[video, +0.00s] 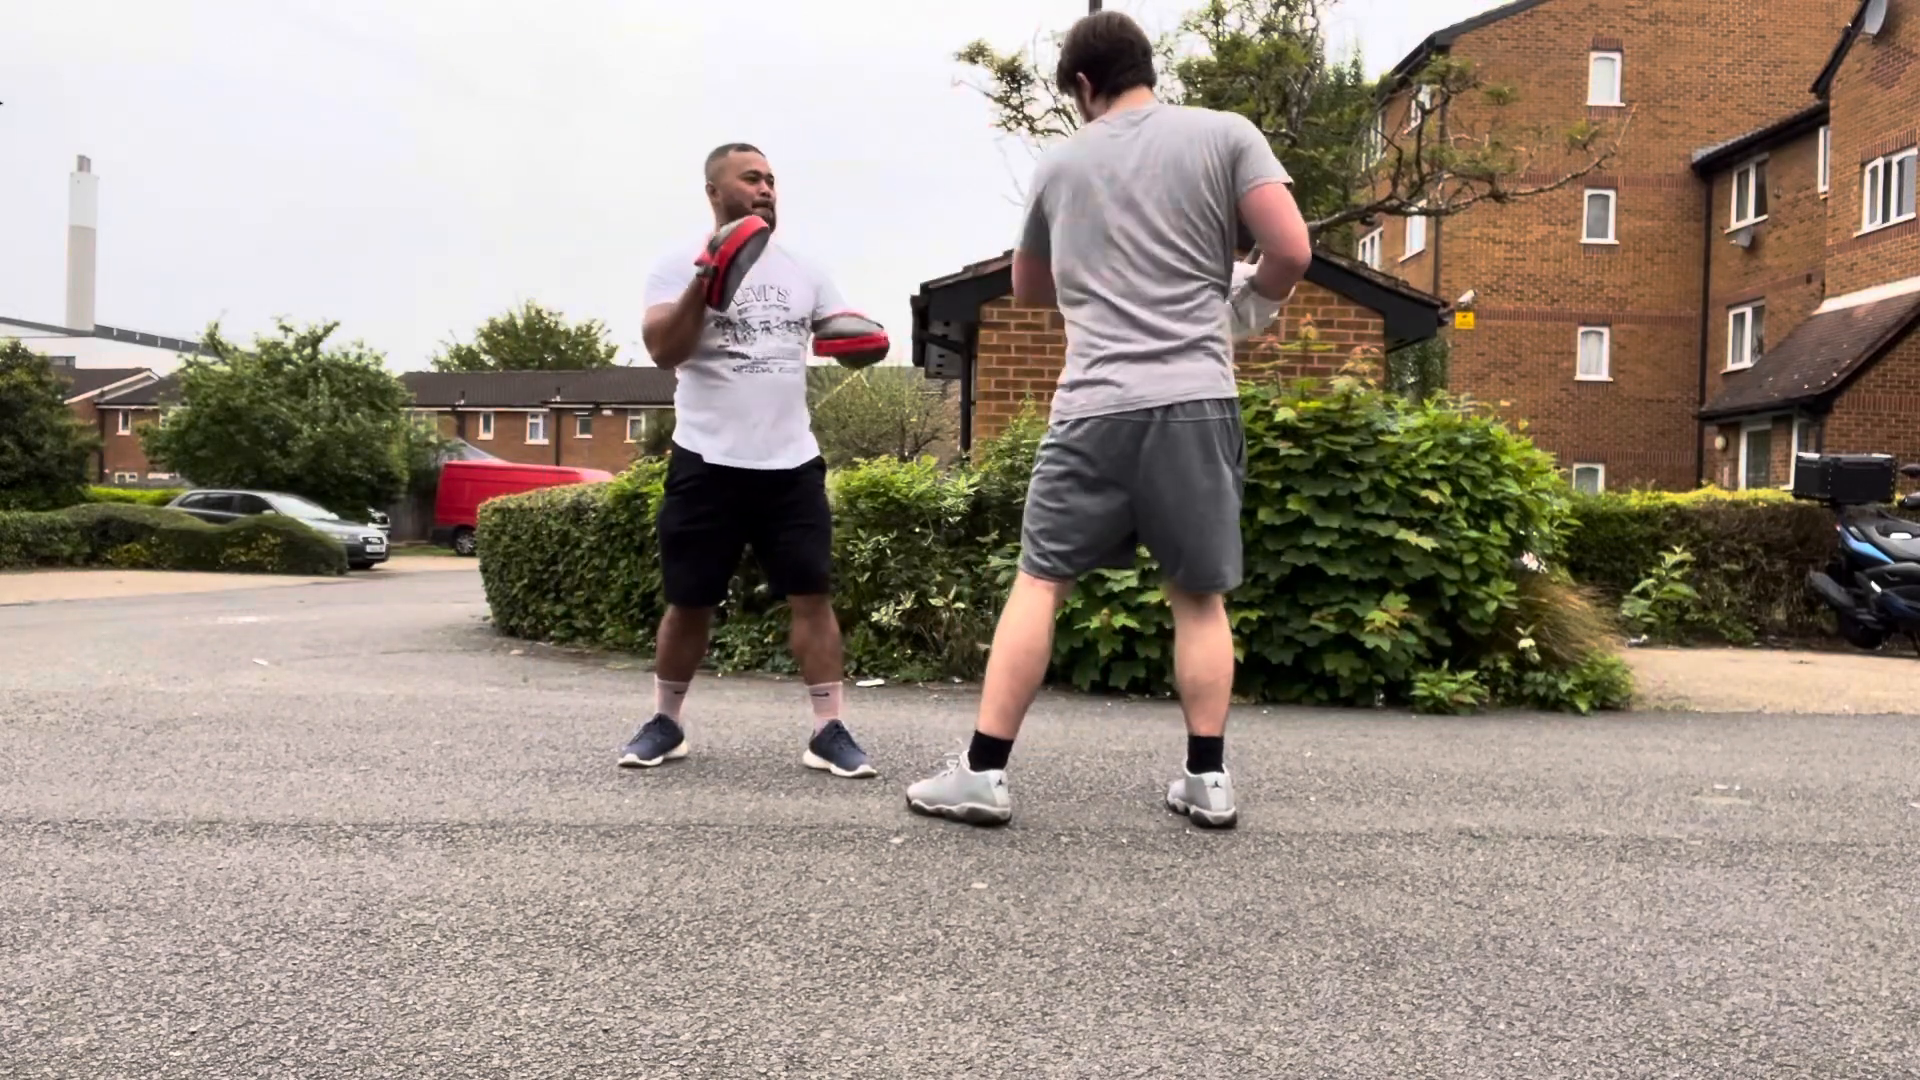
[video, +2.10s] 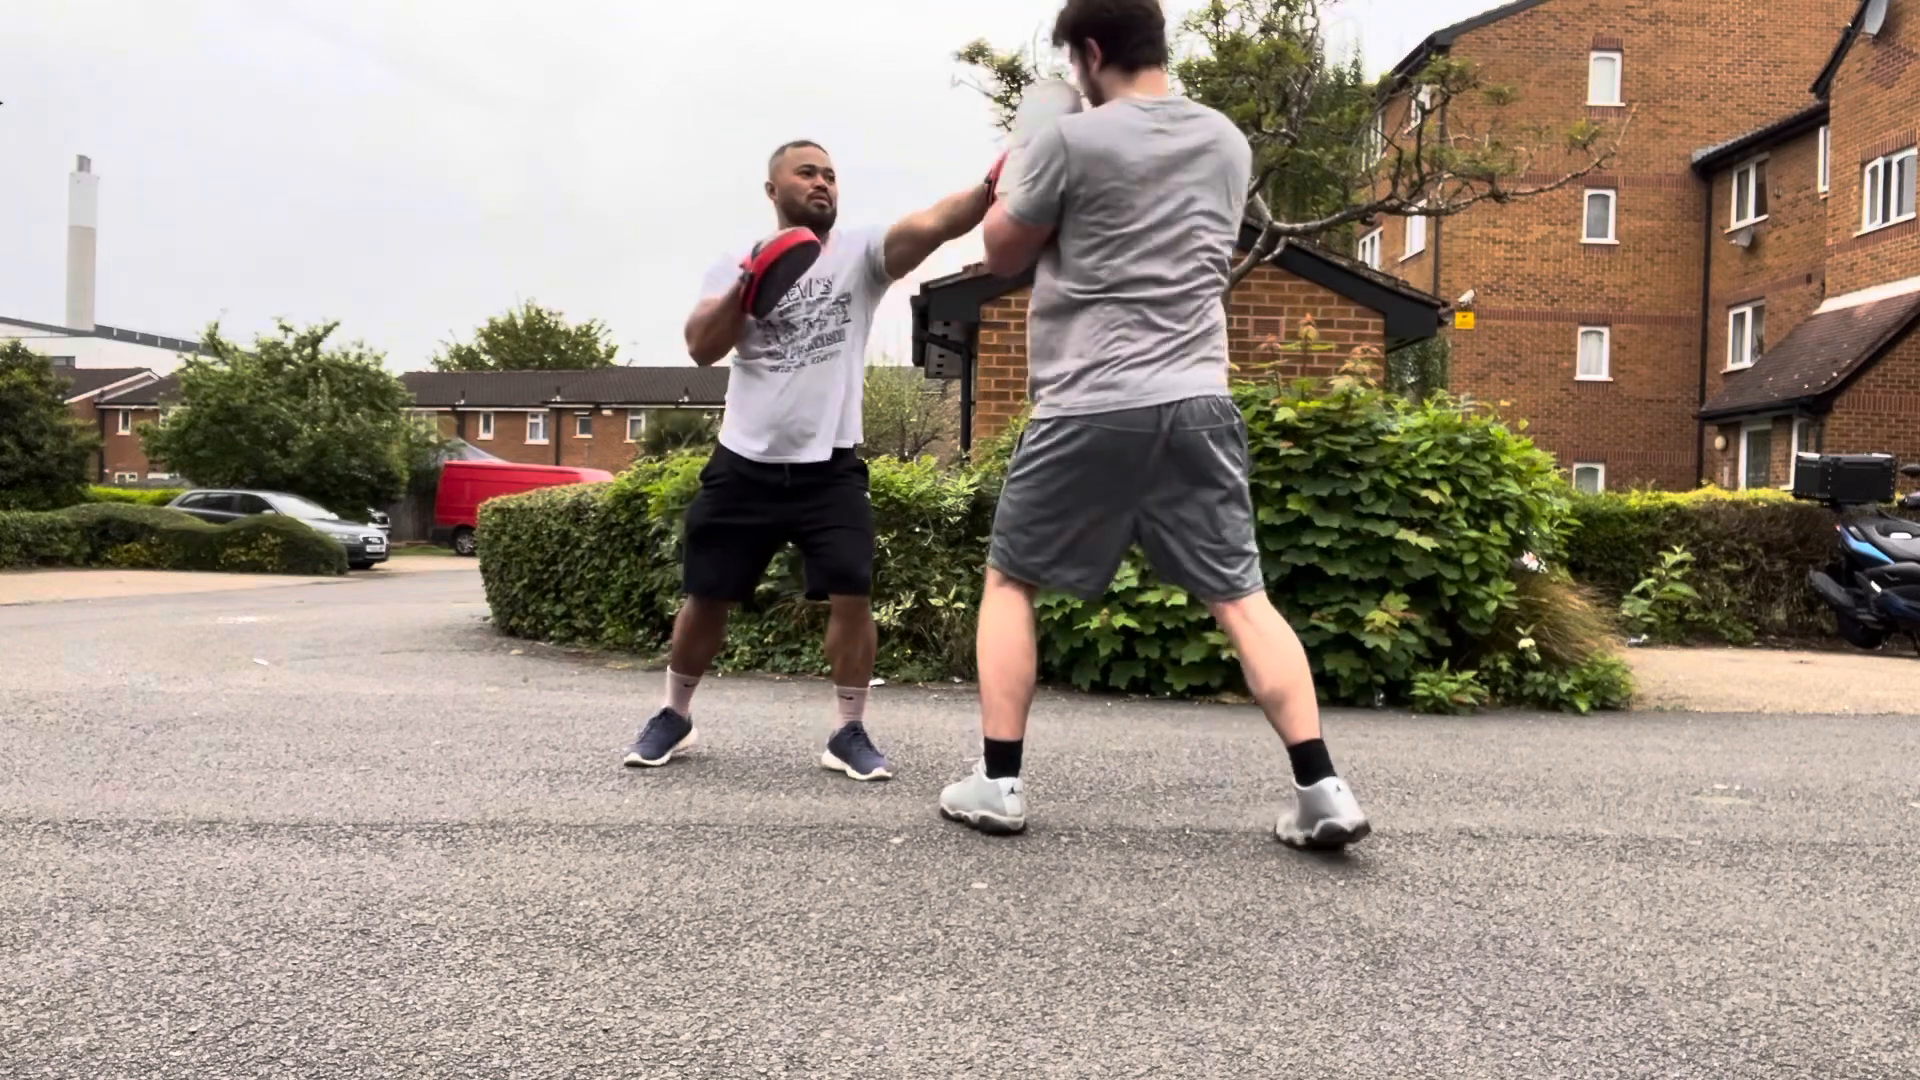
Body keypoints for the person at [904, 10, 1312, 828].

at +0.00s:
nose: (1073, 104)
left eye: (1069, 93)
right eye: (1073, 94)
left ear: (1082, 86)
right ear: (1149, 73)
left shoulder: (1060, 165)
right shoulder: (1225, 133)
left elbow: (1030, 289)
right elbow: (1290, 249)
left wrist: (1110, 271)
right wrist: (1257, 294)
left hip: (1091, 407)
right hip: (1196, 404)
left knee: (1039, 580)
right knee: (1199, 597)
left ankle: (983, 771)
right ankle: (1208, 780)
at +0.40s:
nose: (1122, 84)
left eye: (1122, 71)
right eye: (1119, 73)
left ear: (1145, 57)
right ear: (1210, 57)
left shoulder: (1129, 125)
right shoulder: (1271, 145)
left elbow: (1059, 249)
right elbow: (1266, 257)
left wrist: (1070, 197)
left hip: (1132, 395)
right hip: (1230, 400)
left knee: (1059, 559)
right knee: (1204, 582)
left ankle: (1037, 753)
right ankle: (1210, 779)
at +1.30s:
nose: (1051, 86)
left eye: (1050, 75)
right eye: (1051, 76)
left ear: (1068, 68)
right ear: (1135, 61)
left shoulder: (1039, 141)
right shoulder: (1206, 142)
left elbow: (943, 232)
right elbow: (1194, 237)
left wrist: (954, 169)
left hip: (1062, 408)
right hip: (1175, 405)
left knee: (1010, 580)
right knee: (1206, 592)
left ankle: (1001, 776)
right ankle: (1257, 783)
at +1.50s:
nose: (991, 93)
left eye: (990, 82)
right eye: (989, 82)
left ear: (1012, 73)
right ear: (1076, 64)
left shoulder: (989, 141)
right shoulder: (1153, 136)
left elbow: (910, 208)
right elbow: (1161, 241)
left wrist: (891, 188)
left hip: (1042, 400)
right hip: (1152, 397)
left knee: (994, 584)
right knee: (1191, 581)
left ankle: (997, 780)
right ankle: (1252, 767)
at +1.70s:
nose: (938, 97)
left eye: (936, 82)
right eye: (934, 83)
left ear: (959, 71)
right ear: (1020, 63)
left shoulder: (976, 144)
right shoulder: (1090, 128)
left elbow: (925, 295)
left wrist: (892, 286)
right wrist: (936, 178)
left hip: (1071, 380)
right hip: (1166, 372)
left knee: (1006, 579)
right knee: (1180, 573)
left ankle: (995, 783)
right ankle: (1260, 764)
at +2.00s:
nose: (994, 82)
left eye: (994, 64)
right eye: (991, 66)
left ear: (1020, 52)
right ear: (1076, 48)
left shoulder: (1044, 137)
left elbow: (983, 268)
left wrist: (948, 194)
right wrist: (998, 165)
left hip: (1093, 392)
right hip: (1188, 380)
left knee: (1013, 573)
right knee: (1217, 575)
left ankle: (997, 782)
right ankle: (1315, 762)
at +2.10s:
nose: (1071, 78)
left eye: (1070, 62)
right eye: (1071, 63)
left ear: (1090, 54)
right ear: (1160, 49)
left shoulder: (1066, 139)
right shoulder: (1227, 139)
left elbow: (1003, 253)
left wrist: (1021, 173)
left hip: (1088, 408)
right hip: (1201, 403)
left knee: (1011, 579)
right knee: (1241, 596)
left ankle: (999, 781)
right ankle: (1322, 786)